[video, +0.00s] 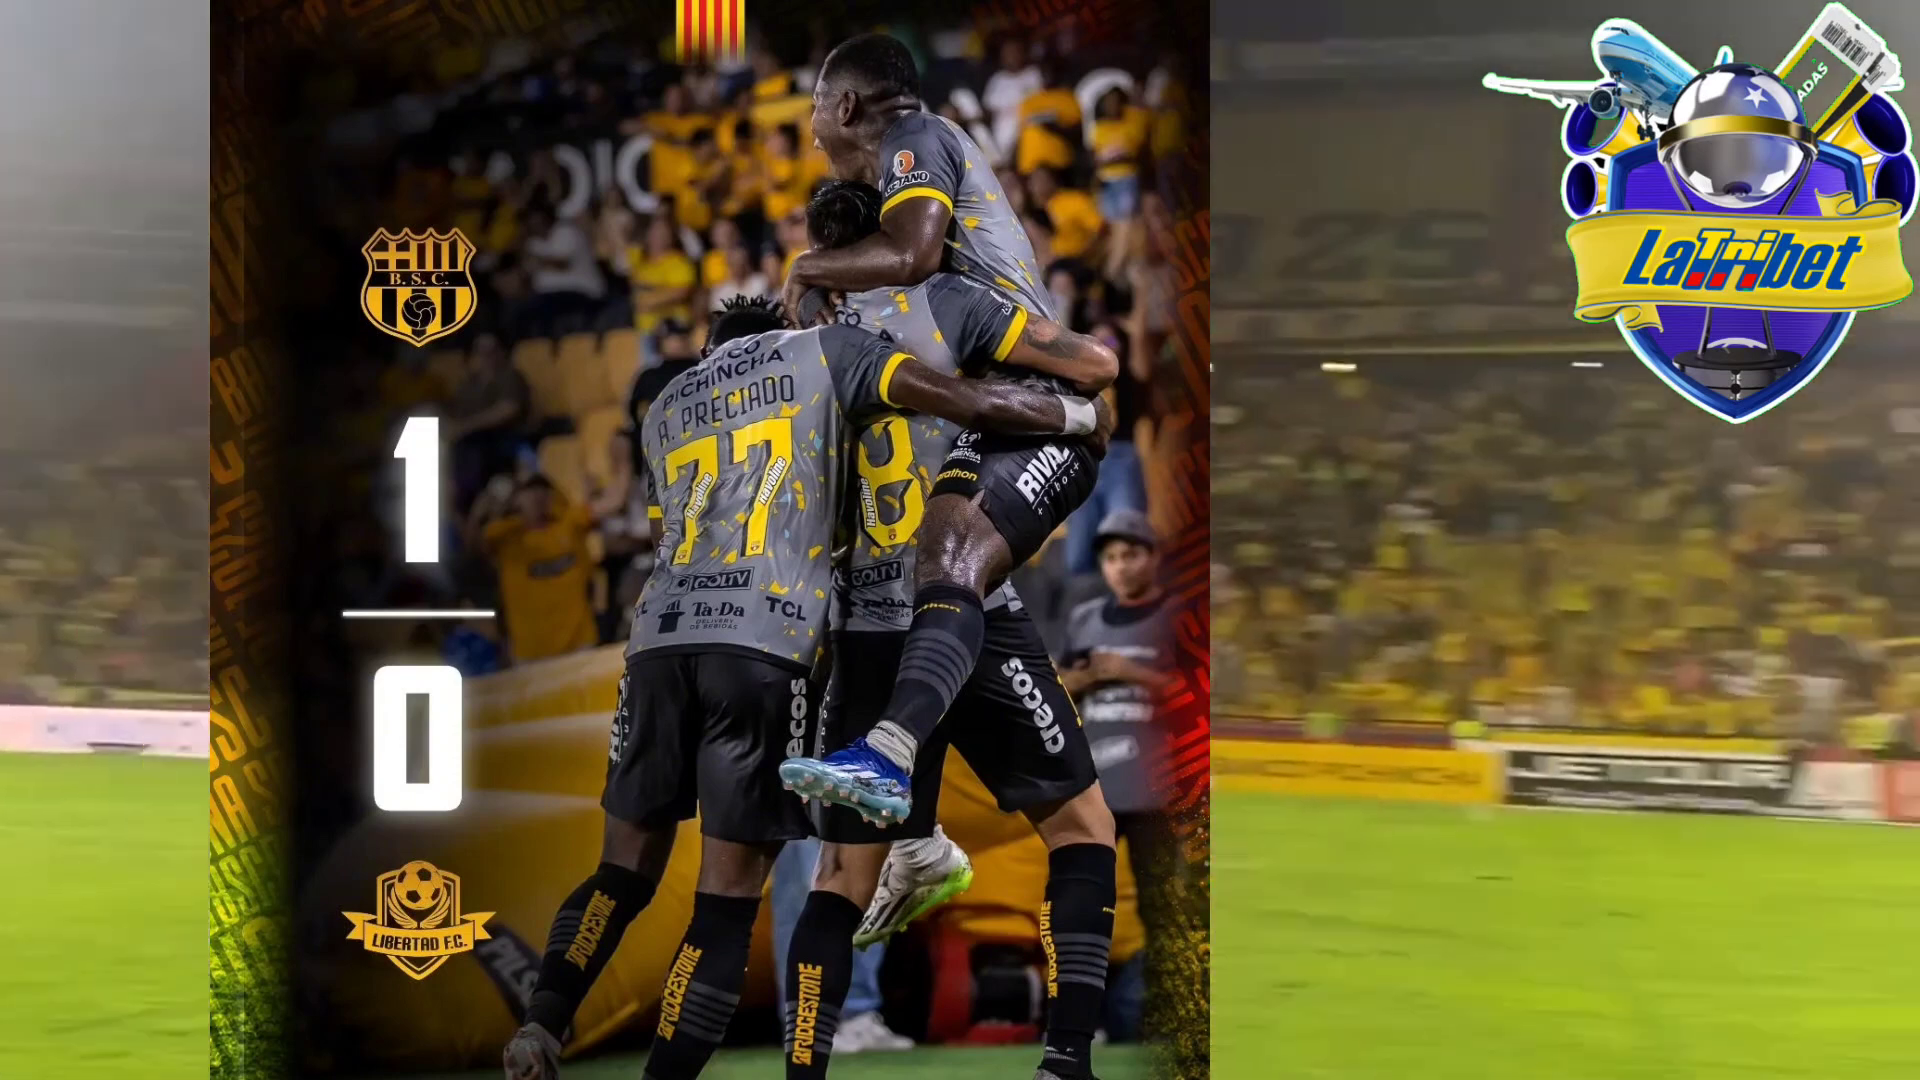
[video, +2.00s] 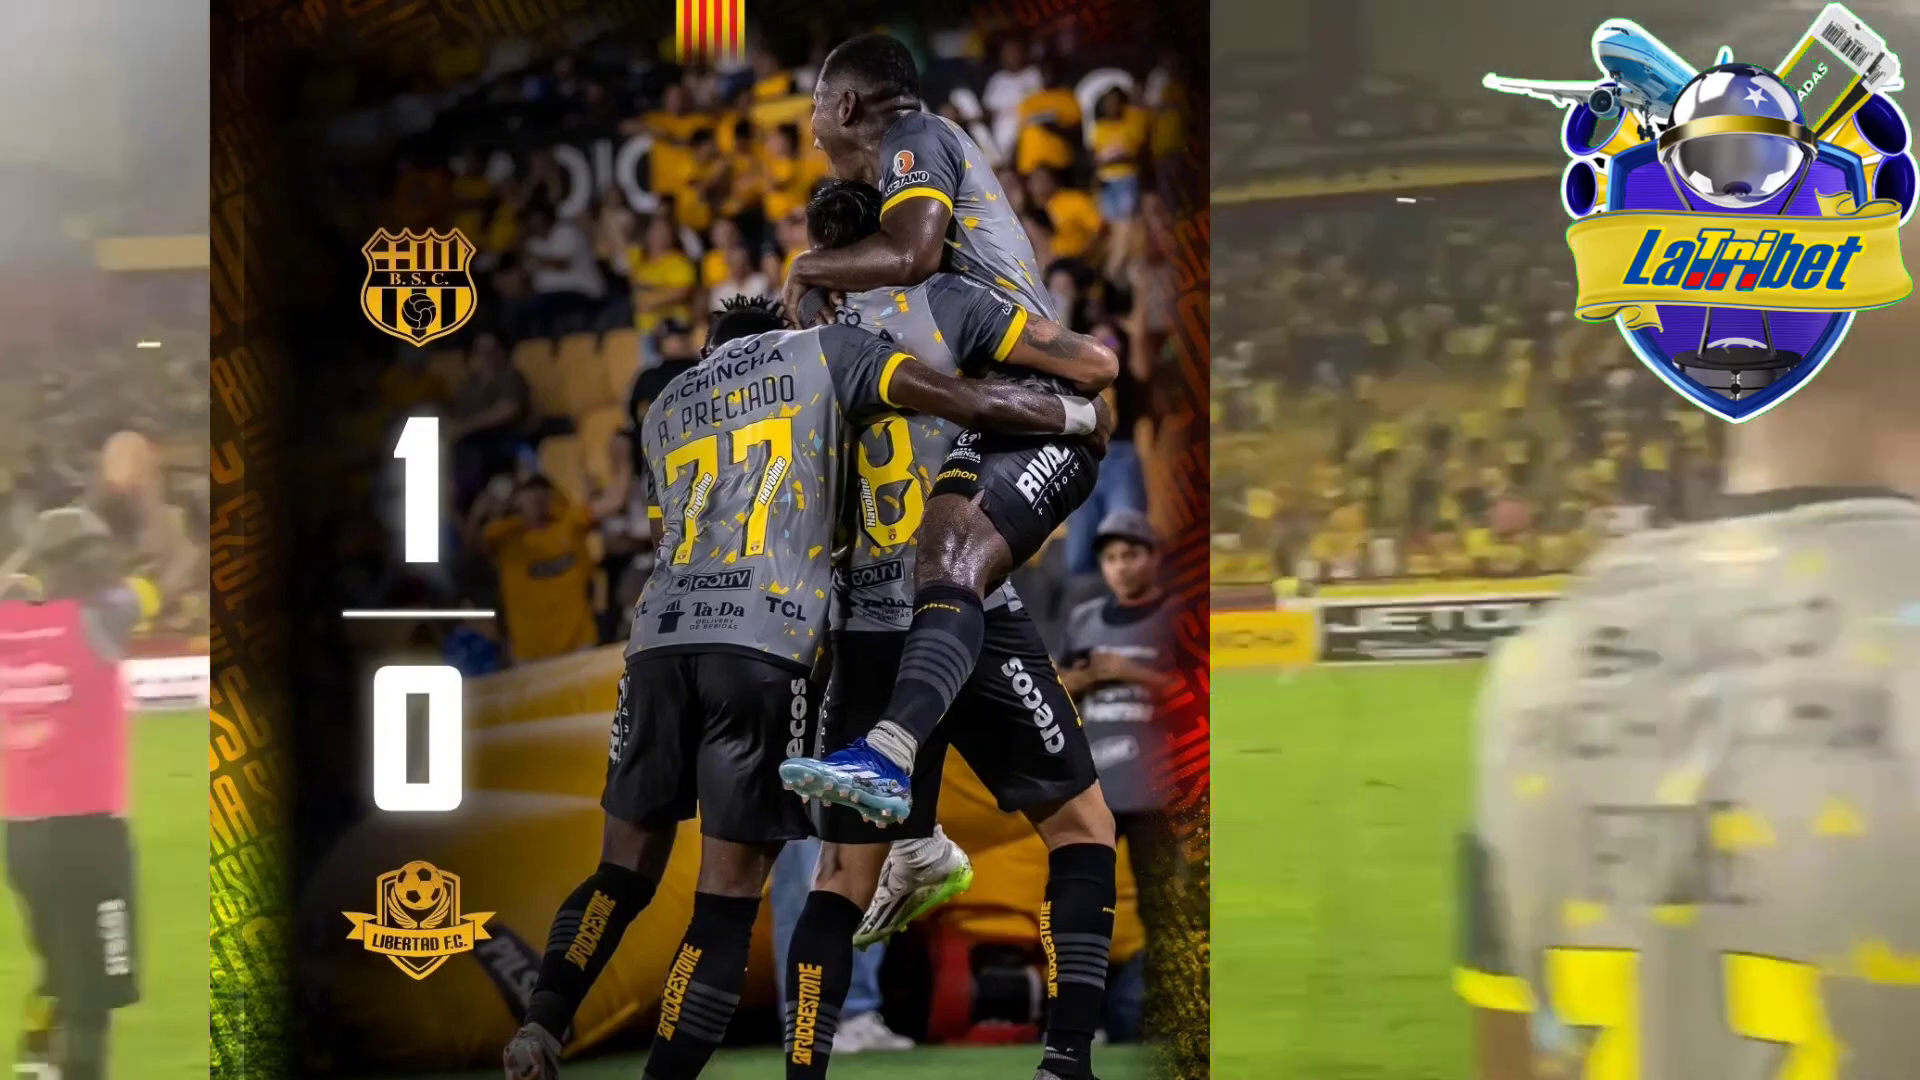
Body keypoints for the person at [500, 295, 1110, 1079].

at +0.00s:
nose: (826, 325)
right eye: (814, 319)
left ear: (710, 345)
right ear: (793, 324)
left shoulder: (661, 406)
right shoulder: (829, 348)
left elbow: (682, 519)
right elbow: (970, 399)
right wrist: (1086, 418)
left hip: (657, 648)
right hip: (762, 649)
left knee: (623, 865)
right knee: (727, 892)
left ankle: (542, 1027)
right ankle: (667, 1075)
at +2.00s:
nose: (826, 326)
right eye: (814, 319)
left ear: (709, 346)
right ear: (792, 324)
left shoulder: (660, 405)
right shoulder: (830, 348)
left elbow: (680, 521)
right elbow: (970, 400)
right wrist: (1088, 417)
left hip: (657, 648)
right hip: (762, 649)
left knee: (623, 865)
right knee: (727, 892)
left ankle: (542, 1028)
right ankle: (667, 1075)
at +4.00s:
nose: (827, 326)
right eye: (815, 319)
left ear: (709, 345)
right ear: (792, 324)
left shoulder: (661, 406)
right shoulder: (829, 348)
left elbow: (681, 520)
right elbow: (969, 399)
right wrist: (1086, 419)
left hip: (657, 648)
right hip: (762, 648)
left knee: (623, 866)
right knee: (727, 891)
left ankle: (542, 1027)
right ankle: (667, 1076)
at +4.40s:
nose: (827, 325)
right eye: (815, 318)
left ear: (709, 345)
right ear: (791, 323)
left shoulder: (661, 407)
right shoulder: (830, 348)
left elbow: (679, 521)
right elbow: (973, 400)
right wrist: (1090, 416)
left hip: (657, 648)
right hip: (761, 648)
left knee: (624, 865)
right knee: (727, 891)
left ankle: (542, 1027)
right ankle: (667, 1074)